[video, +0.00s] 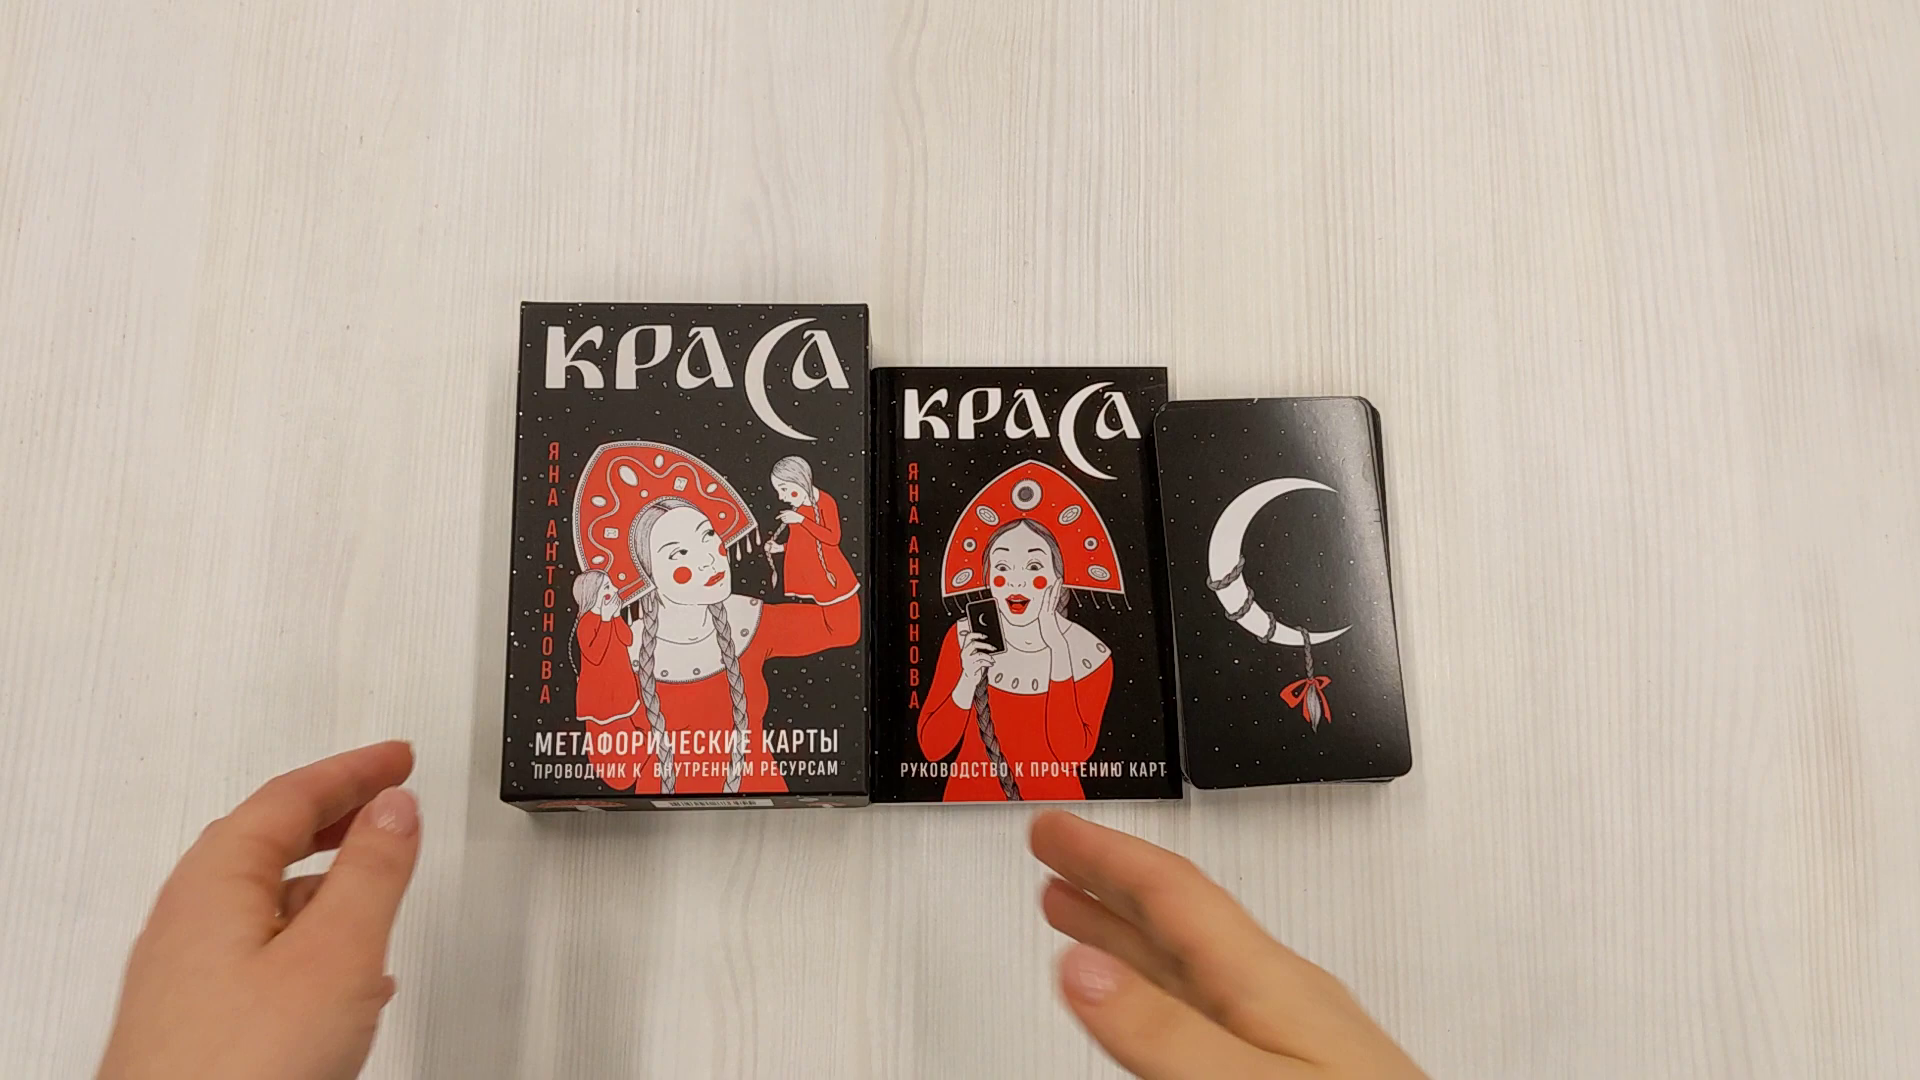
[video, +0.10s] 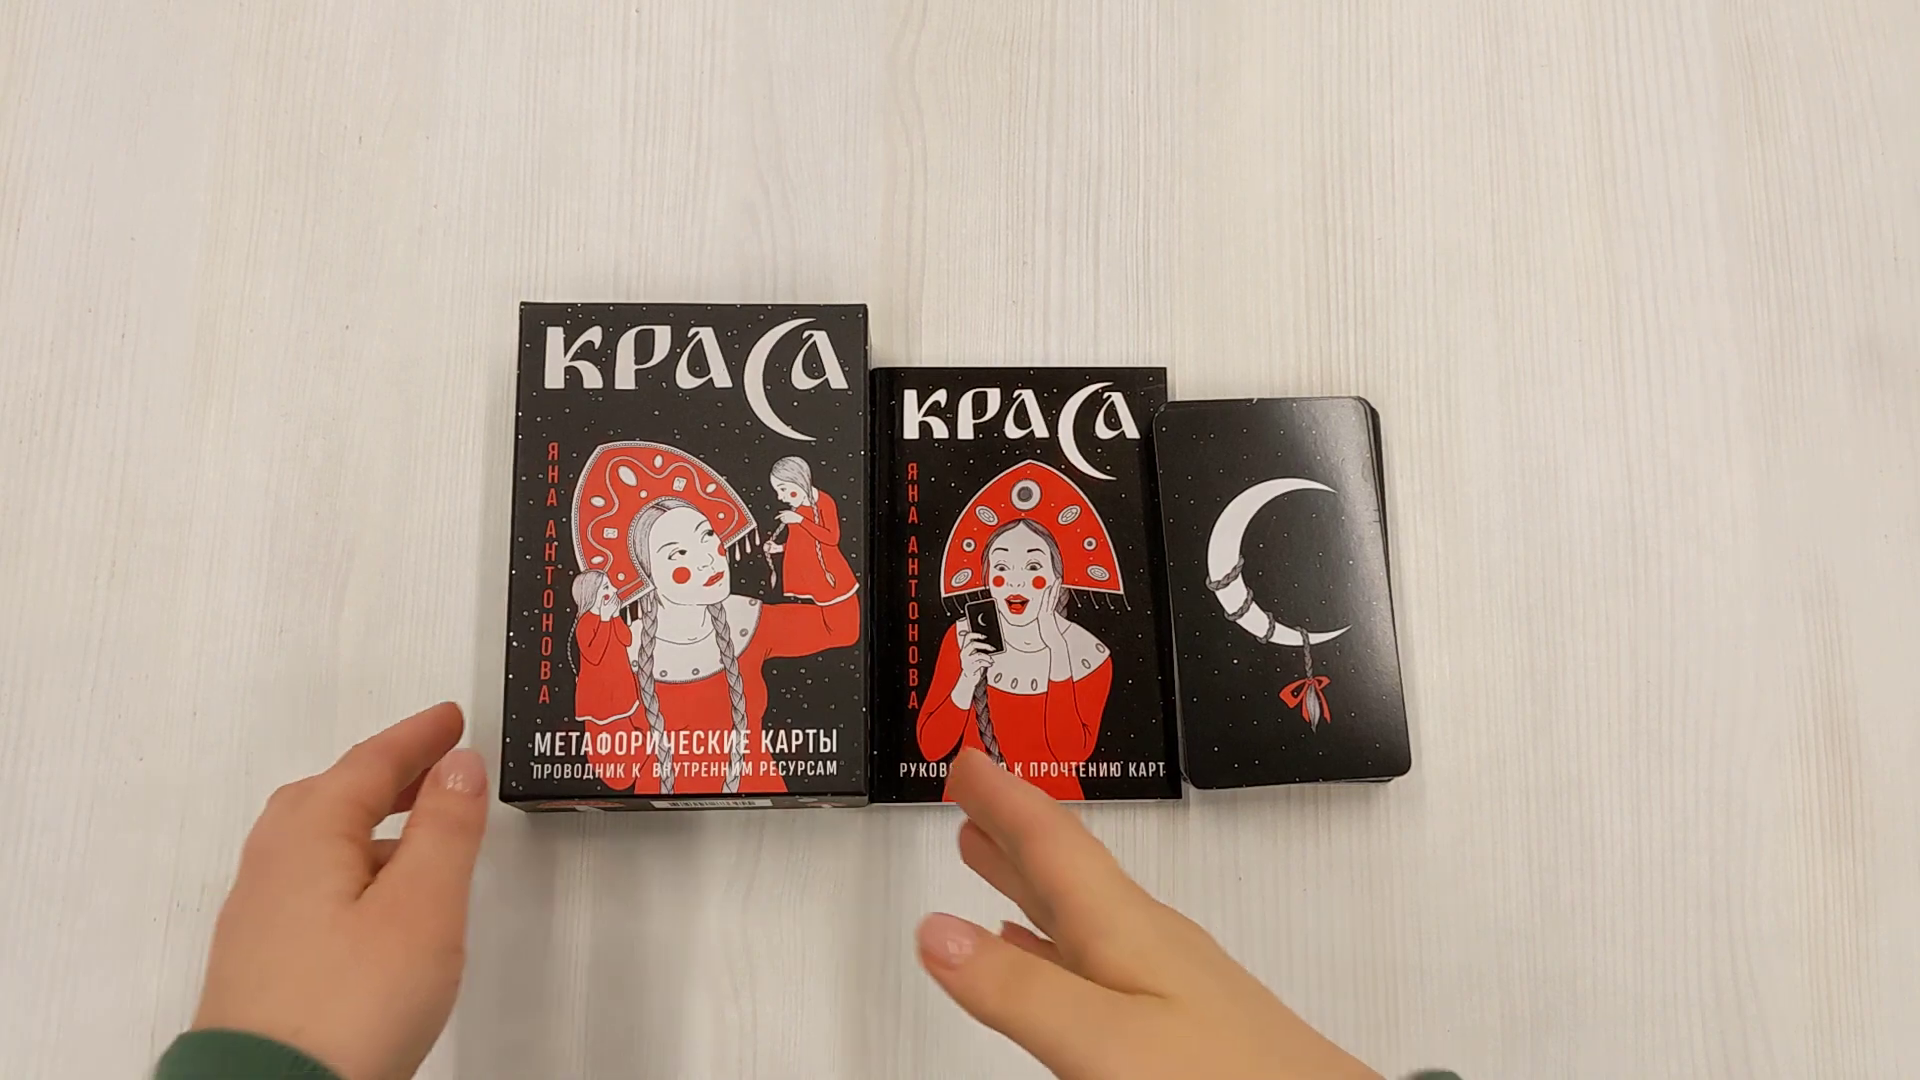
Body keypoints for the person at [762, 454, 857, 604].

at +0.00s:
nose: (781, 497)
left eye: (783, 489)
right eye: (778, 491)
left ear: (799, 481)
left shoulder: (825, 502)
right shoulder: (799, 506)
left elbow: (833, 538)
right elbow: (803, 541)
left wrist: (801, 519)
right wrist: (780, 548)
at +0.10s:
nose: (780, 497)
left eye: (783, 489)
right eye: (777, 491)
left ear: (798, 481)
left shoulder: (824, 502)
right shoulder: (797, 507)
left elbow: (833, 538)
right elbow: (802, 542)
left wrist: (801, 520)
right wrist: (779, 548)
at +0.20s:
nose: (781, 497)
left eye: (783, 489)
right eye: (778, 491)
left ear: (799, 481)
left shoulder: (825, 501)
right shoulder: (798, 506)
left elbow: (833, 538)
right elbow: (803, 542)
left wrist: (801, 519)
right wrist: (780, 548)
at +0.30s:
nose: (781, 497)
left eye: (783, 489)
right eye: (778, 492)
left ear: (799, 481)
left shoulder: (825, 502)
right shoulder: (798, 508)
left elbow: (833, 538)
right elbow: (803, 543)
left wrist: (801, 520)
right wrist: (780, 548)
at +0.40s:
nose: (779, 496)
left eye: (782, 488)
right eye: (777, 491)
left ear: (798, 480)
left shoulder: (824, 501)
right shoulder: (797, 507)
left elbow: (831, 537)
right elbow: (801, 542)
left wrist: (800, 519)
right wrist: (778, 547)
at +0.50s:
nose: (776, 498)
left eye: (779, 490)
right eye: (774, 493)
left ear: (794, 482)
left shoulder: (821, 503)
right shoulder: (793, 508)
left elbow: (829, 539)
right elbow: (798, 543)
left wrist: (797, 521)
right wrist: (776, 549)